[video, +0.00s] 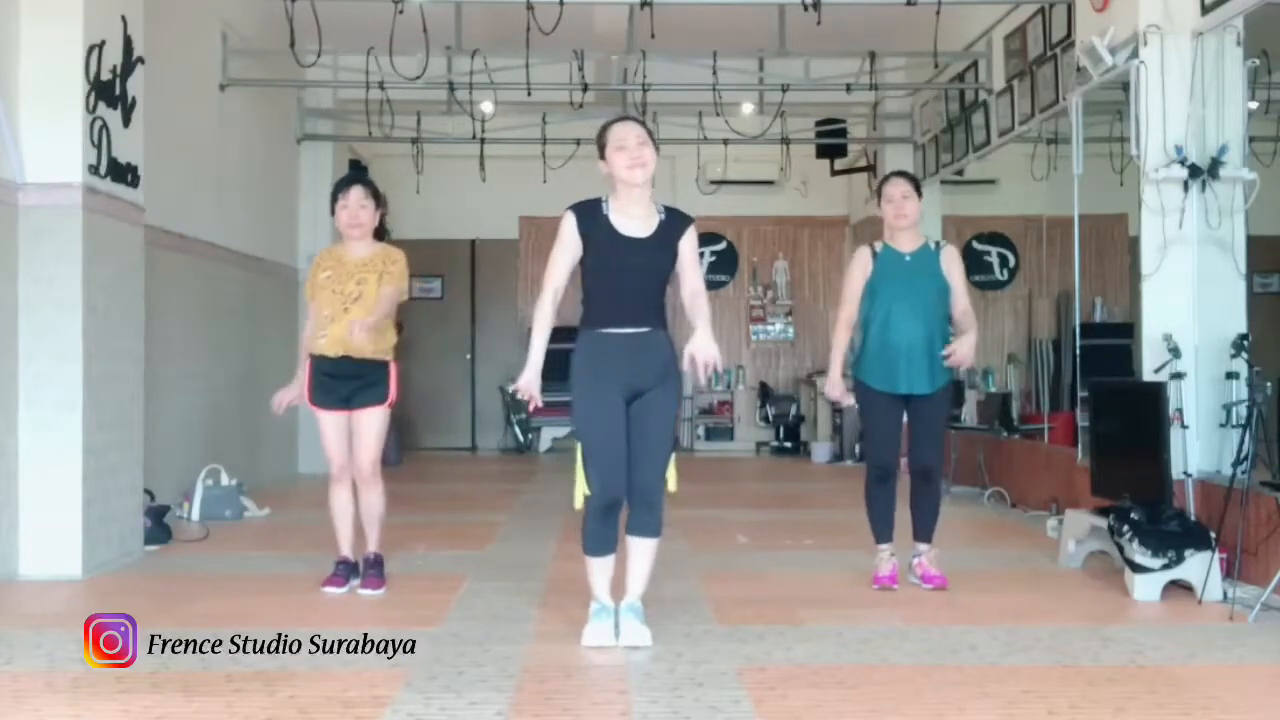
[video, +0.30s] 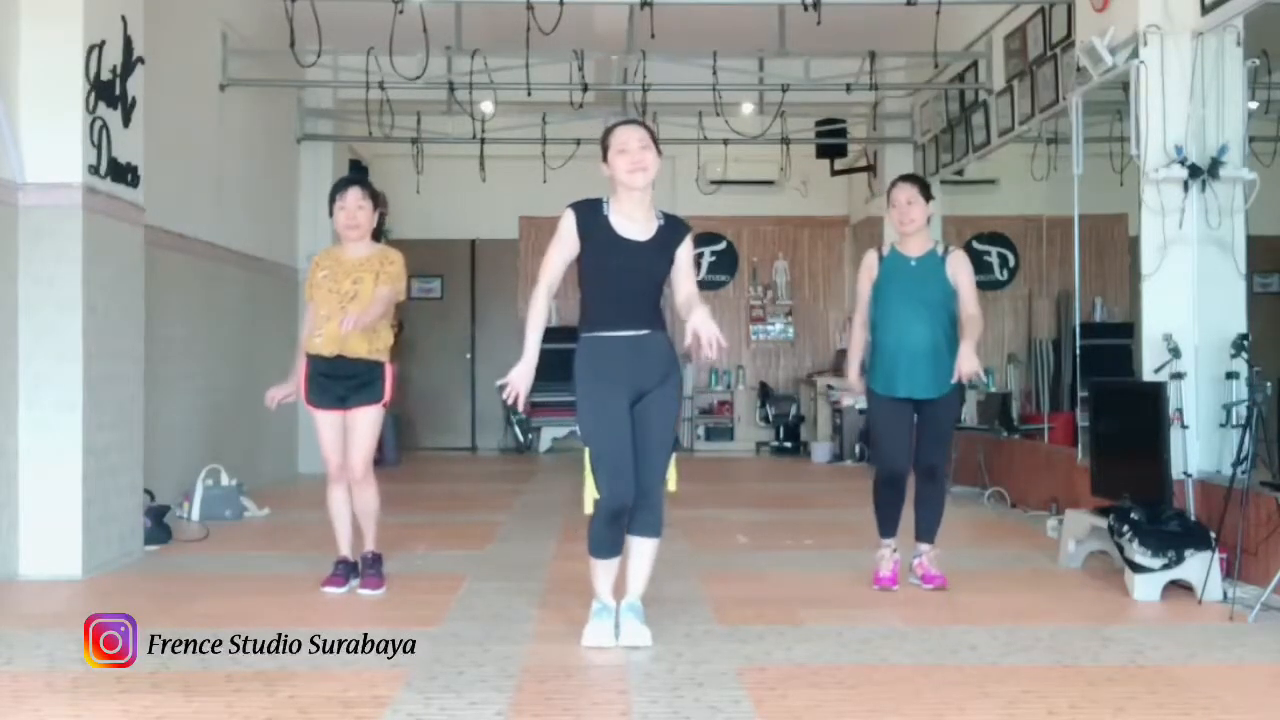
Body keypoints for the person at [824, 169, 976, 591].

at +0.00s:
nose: (898, 205)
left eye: (906, 198)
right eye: (890, 199)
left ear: (921, 204)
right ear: (880, 208)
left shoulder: (945, 256)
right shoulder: (867, 257)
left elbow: (962, 312)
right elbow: (845, 318)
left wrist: (969, 337)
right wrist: (835, 370)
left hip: (932, 380)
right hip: (878, 379)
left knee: (927, 467)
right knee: (881, 465)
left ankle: (923, 553)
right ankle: (884, 554)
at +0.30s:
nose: (904, 212)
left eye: (911, 203)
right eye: (896, 205)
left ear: (928, 208)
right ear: (888, 212)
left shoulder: (954, 260)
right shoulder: (875, 260)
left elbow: (971, 313)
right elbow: (860, 319)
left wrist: (967, 348)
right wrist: (853, 368)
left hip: (940, 385)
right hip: (887, 384)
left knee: (932, 468)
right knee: (891, 467)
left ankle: (924, 554)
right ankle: (887, 551)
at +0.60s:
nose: (905, 212)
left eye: (914, 203)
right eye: (899, 205)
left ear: (933, 209)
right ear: (892, 212)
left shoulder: (957, 261)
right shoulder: (877, 261)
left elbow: (976, 317)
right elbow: (863, 320)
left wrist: (982, 362)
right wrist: (853, 371)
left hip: (943, 384)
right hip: (889, 383)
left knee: (933, 467)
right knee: (893, 467)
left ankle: (925, 553)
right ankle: (887, 551)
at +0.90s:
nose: (890, 206)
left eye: (899, 198)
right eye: (888, 199)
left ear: (924, 205)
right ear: (887, 205)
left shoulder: (951, 258)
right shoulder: (873, 253)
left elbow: (968, 321)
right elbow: (853, 306)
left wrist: (986, 377)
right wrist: (853, 351)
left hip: (937, 378)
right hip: (882, 377)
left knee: (932, 467)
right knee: (884, 463)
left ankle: (924, 553)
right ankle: (885, 553)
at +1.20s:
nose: (890, 212)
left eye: (898, 204)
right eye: (886, 205)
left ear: (922, 209)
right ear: (881, 210)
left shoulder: (945, 264)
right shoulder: (869, 257)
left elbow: (947, 324)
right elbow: (854, 309)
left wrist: (946, 371)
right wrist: (863, 345)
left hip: (926, 382)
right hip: (873, 379)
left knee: (927, 468)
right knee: (879, 464)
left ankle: (925, 550)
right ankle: (883, 553)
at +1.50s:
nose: (894, 210)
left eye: (904, 203)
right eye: (888, 203)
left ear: (922, 210)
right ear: (881, 209)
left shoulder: (942, 263)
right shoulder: (867, 256)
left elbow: (949, 322)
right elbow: (851, 312)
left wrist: (953, 371)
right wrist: (856, 356)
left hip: (929, 380)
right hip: (875, 377)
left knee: (929, 468)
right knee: (879, 464)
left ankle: (925, 551)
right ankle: (884, 553)